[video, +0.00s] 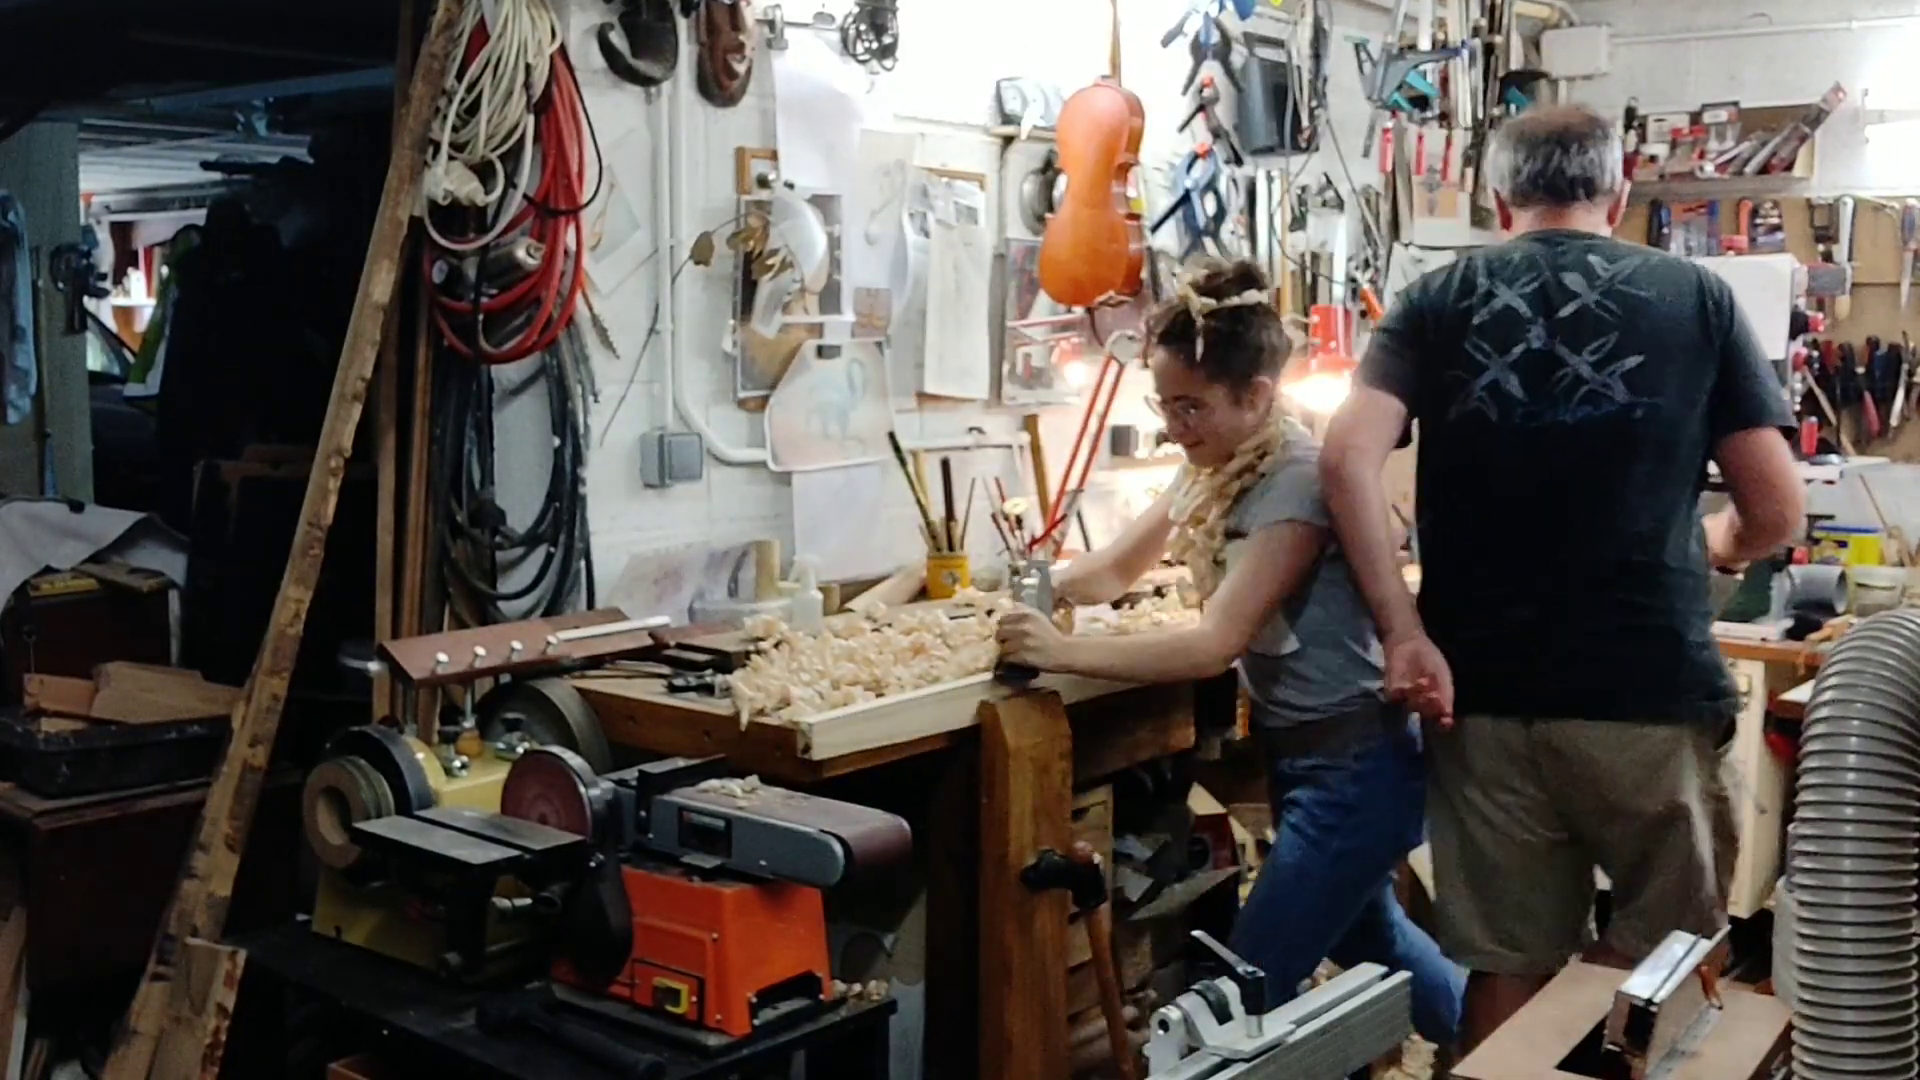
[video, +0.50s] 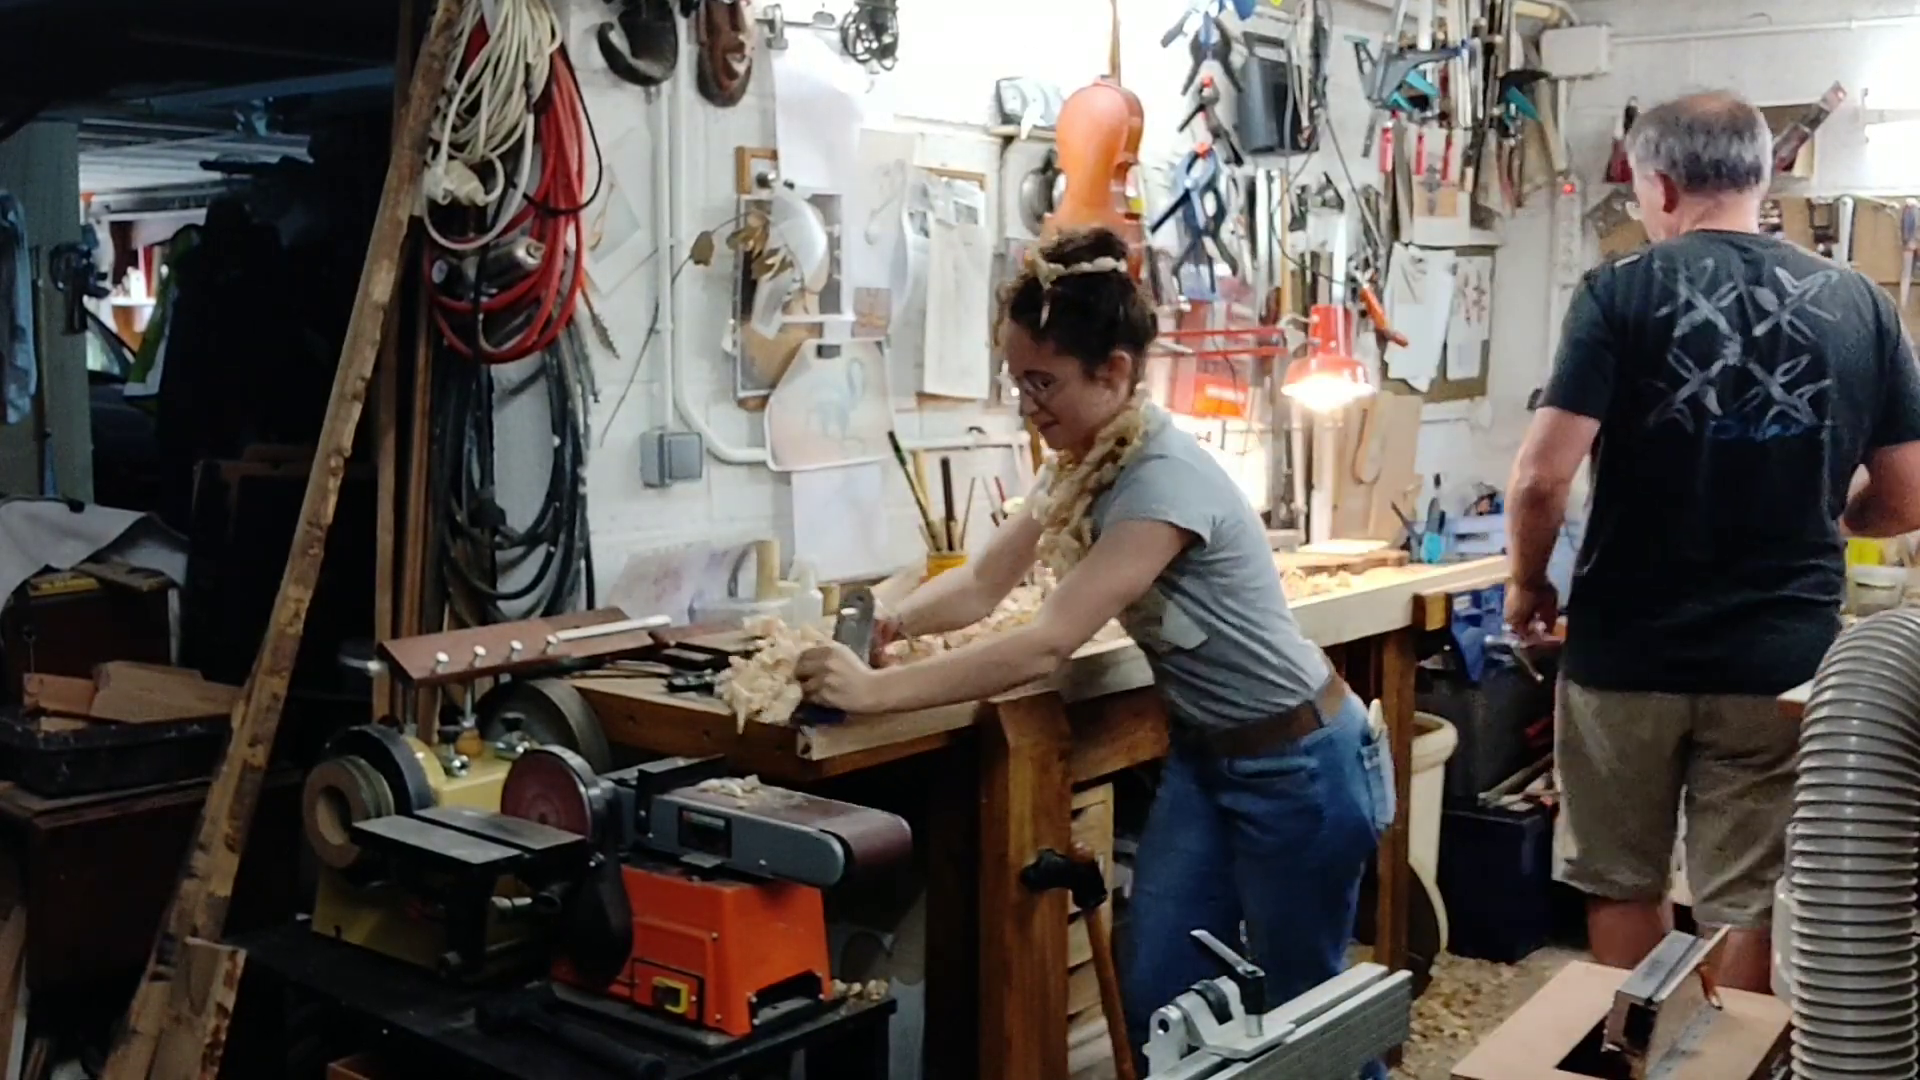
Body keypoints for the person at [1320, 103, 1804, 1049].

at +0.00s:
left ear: (1500, 203)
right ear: (1619, 196)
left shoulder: (1442, 295)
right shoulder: (1693, 296)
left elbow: (1347, 456)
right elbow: (1775, 514)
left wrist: (1399, 629)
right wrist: (1712, 543)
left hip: (1484, 687)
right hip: (1648, 689)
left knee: (1509, 969)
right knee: (1668, 962)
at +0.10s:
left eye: (1515, 190)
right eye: (1645, 186)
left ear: (1522, 193)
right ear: (1642, 189)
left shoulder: (1471, 292)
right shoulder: (1720, 289)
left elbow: (1382, 455)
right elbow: (1803, 498)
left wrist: (1435, 623)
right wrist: (1734, 533)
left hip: (1517, 678)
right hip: (1680, 677)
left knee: (1521, 968)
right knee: (1715, 959)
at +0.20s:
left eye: (1550, 194)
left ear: (1557, 199)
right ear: (1671, 192)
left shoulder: (1505, 298)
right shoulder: (1758, 296)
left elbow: (1421, 469)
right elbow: (1835, 503)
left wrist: (1458, 639)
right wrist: (1767, 533)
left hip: (1543, 676)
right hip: (1709, 677)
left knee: (1543, 968)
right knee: (1719, 964)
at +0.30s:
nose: (1585, 217)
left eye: (1585, 202)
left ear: (1597, 205)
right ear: (1712, 198)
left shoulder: (1553, 307)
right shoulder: (1800, 308)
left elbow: (1467, 488)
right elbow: (1870, 517)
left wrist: (1480, 644)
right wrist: (1792, 539)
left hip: (1577, 680)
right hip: (1738, 689)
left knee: (1572, 950)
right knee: (1727, 965)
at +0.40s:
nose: (1619, 220)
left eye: (1620, 201)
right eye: (1620, 202)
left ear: (1638, 196)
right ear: (1746, 198)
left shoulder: (1590, 298)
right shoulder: (1834, 308)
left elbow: (1511, 488)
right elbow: (1893, 513)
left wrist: (1503, 621)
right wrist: (1818, 524)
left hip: (1607, 664)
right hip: (1765, 673)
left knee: (1601, 912)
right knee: (1735, 931)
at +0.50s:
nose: (1639, 211)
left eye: (1639, 192)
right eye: (1637, 194)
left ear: (1663, 188)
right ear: (1764, 184)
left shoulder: (1621, 291)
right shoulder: (1857, 302)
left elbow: (1540, 477)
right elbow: (1900, 504)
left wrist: (1527, 581)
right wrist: (1807, 502)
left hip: (1627, 641)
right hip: (1780, 646)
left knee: (1622, 890)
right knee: (1747, 908)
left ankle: (1628, 1075)